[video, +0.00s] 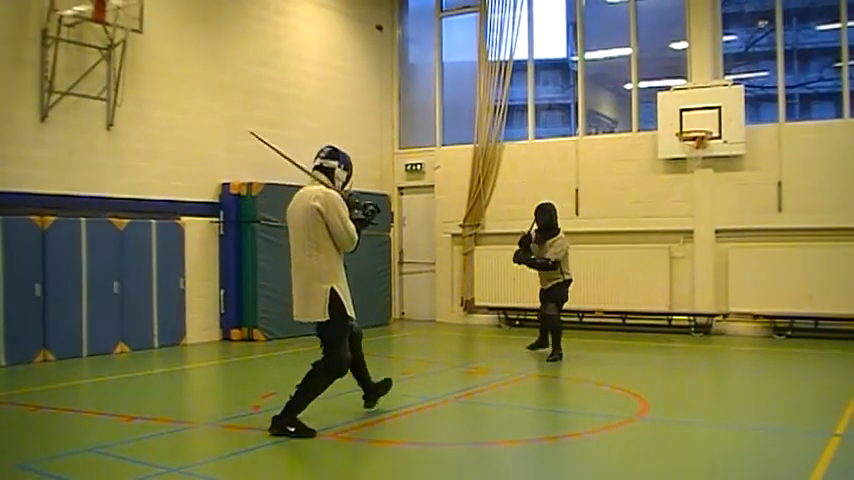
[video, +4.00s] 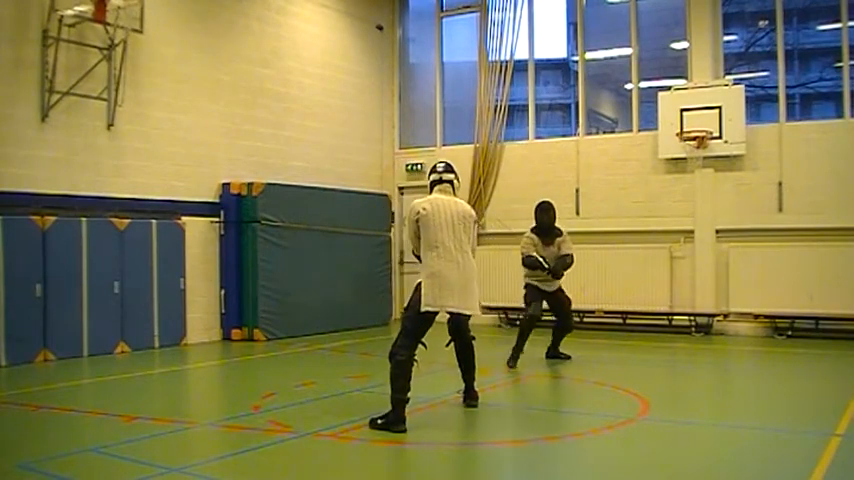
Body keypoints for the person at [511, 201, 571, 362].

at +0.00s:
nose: (538, 222)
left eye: (541, 219)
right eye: (537, 219)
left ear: (551, 219)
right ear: (536, 220)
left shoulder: (560, 241)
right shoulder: (536, 236)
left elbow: (549, 264)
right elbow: (521, 256)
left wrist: (526, 261)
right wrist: (524, 248)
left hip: (560, 281)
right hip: (545, 282)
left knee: (552, 311)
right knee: (543, 311)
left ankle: (557, 349)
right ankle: (543, 338)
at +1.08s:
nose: (521, 237)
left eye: (524, 234)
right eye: (519, 233)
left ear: (532, 231)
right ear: (516, 230)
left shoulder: (541, 250)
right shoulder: (514, 243)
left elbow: (538, 275)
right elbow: (503, 263)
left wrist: (514, 275)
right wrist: (513, 252)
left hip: (536, 288)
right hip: (521, 288)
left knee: (531, 312)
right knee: (523, 316)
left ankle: (534, 348)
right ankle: (528, 340)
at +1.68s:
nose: (511, 221)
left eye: (514, 217)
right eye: (509, 217)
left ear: (523, 217)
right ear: (508, 217)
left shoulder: (533, 239)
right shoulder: (506, 234)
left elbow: (528, 265)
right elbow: (492, 253)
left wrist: (502, 258)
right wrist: (506, 241)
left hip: (527, 283)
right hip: (510, 283)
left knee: (525, 314)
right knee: (502, 311)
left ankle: (533, 349)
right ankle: (507, 334)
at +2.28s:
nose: (511, 230)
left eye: (514, 226)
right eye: (508, 226)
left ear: (520, 221)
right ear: (503, 222)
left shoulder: (528, 237)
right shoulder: (496, 236)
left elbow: (535, 258)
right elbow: (490, 257)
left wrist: (522, 264)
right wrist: (504, 252)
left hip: (520, 287)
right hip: (497, 286)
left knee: (527, 319)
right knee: (483, 319)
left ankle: (518, 351)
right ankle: (482, 338)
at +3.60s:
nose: (517, 223)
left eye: (520, 219)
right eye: (513, 219)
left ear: (526, 221)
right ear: (507, 221)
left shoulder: (532, 240)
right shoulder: (500, 242)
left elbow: (538, 261)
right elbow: (498, 264)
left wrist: (530, 272)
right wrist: (515, 266)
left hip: (523, 289)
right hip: (502, 288)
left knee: (537, 316)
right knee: (506, 318)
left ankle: (543, 345)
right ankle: (493, 356)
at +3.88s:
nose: (538, 219)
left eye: (541, 215)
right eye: (534, 215)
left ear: (547, 218)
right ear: (528, 218)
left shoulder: (553, 238)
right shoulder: (521, 239)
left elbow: (558, 259)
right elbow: (518, 260)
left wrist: (549, 268)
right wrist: (531, 263)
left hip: (544, 288)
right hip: (524, 288)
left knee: (559, 319)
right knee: (519, 320)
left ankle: (553, 349)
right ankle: (500, 355)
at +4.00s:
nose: (545, 218)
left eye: (548, 214)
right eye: (541, 214)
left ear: (554, 216)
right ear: (536, 217)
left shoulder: (562, 236)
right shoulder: (530, 237)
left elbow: (568, 258)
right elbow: (526, 260)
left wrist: (557, 267)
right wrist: (544, 266)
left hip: (553, 286)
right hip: (534, 285)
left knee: (566, 321)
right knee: (533, 314)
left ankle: (553, 350)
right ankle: (516, 352)